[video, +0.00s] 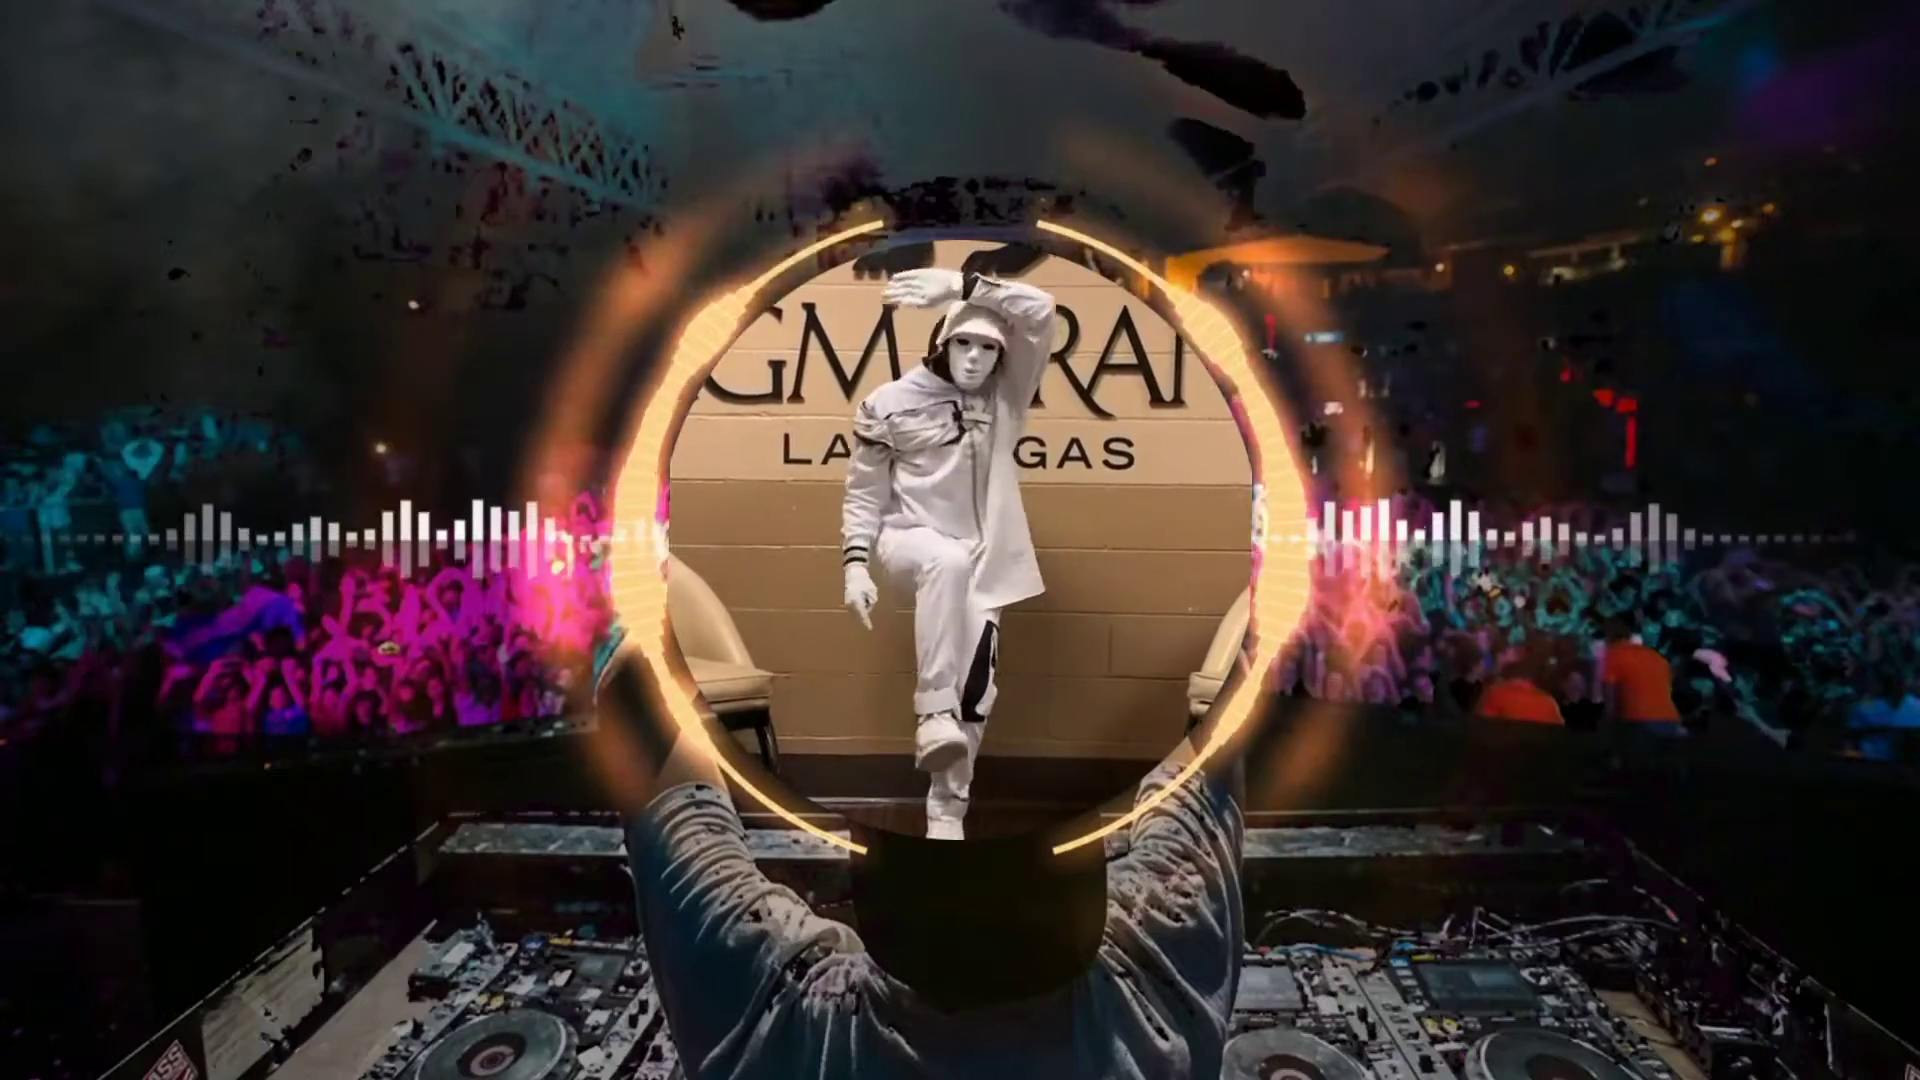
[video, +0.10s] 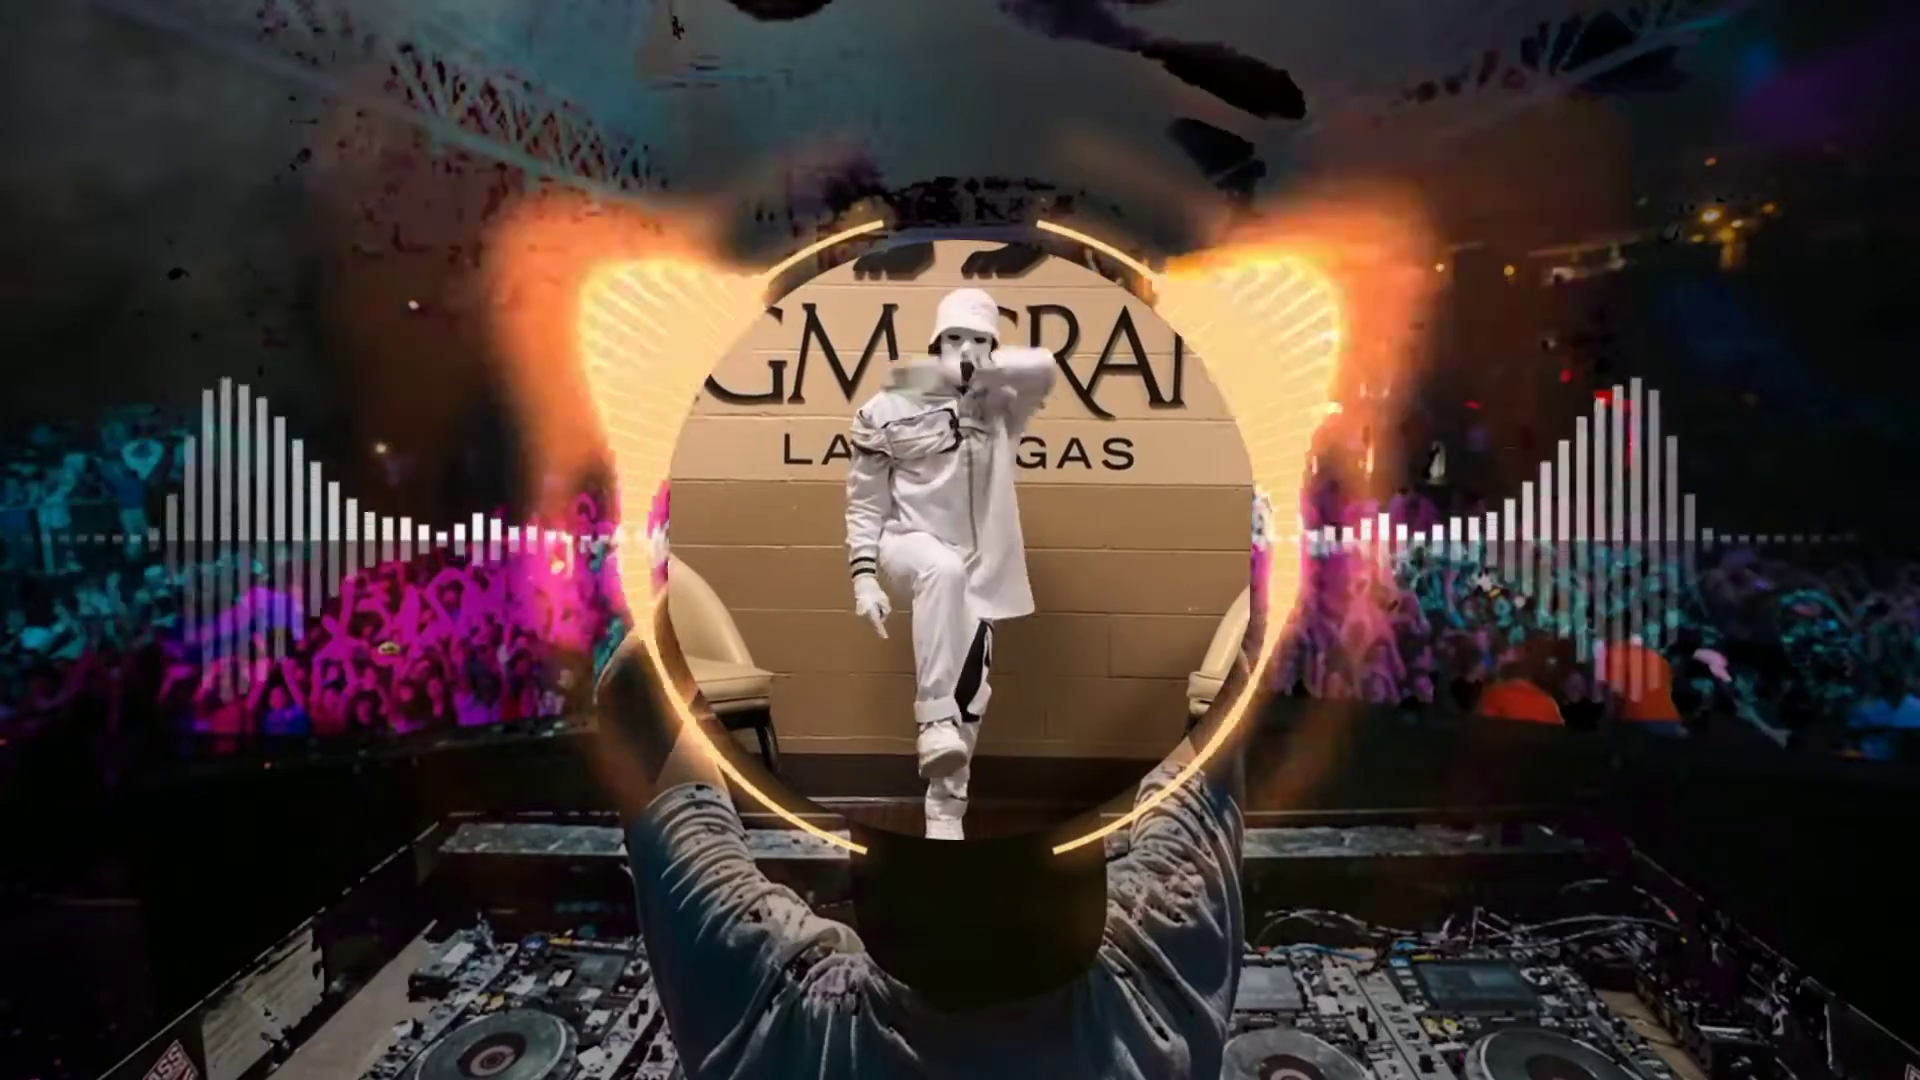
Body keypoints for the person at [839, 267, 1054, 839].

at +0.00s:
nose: (974, 357)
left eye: (986, 348)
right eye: (964, 344)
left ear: (999, 356)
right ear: (944, 346)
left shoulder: (1005, 399)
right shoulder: (892, 404)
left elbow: (1041, 315)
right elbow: (865, 493)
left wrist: (960, 283)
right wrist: (856, 561)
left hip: (983, 558)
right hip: (906, 543)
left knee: (971, 701)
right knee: (950, 557)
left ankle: (947, 820)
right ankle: (937, 711)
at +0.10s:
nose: (968, 353)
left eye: (979, 343)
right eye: (957, 341)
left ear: (994, 350)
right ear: (936, 344)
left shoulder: (1002, 405)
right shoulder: (886, 414)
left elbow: (1041, 367)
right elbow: (866, 502)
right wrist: (863, 572)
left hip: (980, 564)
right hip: (907, 544)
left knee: (966, 705)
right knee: (945, 567)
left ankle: (946, 816)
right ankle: (936, 718)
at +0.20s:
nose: (960, 349)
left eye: (972, 338)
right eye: (950, 337)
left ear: (988, 346)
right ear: (933, 342)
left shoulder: (1003, 395)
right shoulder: (886, 413)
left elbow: (1037, 430)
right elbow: (865, 506)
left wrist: (972, 449)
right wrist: (863, 581)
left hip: (983, 561)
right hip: (907, 546)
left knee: (963, 694)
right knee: (942, 567)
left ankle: (945, 814)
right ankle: (933, 716)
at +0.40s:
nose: (957, 350)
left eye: (969, 339)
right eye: (947, 337)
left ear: (984, 346)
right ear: (930, 342)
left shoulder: (1006, 411)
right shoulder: (887, 412)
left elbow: (1009, 499)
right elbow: (864, 504)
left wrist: (961, 482)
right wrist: (867, 580)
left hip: (978, 551)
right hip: (909, 543)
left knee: (963, 679)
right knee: (926, 597)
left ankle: (945, 809)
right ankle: (918, 744)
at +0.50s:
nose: (960, 350)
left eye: (972, 340)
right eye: (951, 338)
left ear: (987, 349)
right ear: (934, 345)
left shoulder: (1006, 419)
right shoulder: (887, 412)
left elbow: (992, 508)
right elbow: (862, 505)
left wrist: (949, 444)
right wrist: (850, 583)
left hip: (965, 580)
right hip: (895, 577)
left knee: (951, 697)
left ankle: (945, 815)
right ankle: (867, 802)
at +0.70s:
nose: (868, 343)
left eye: (879, 333)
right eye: (869, 332)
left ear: (915, 341)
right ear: (890, 339)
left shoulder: (966, 392)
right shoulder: (883, 398)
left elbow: (970, 487)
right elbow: (862, 482)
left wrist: (933, 409)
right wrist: (844, 552)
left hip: (936, 566)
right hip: (874, 562)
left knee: (914, 696)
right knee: (846, 685)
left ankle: (942, 814)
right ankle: (881, 799)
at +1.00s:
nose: (841, 332)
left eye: (850, 321)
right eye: (843, 320)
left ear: (881, 325)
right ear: (885, 326)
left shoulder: (932, 371)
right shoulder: (890, 382)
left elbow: (984, 437)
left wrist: (897, 455)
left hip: (931, 565)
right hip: (888, 562)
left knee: (884, 687)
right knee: (838, 665)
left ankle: (978, 800)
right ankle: (898, 791)